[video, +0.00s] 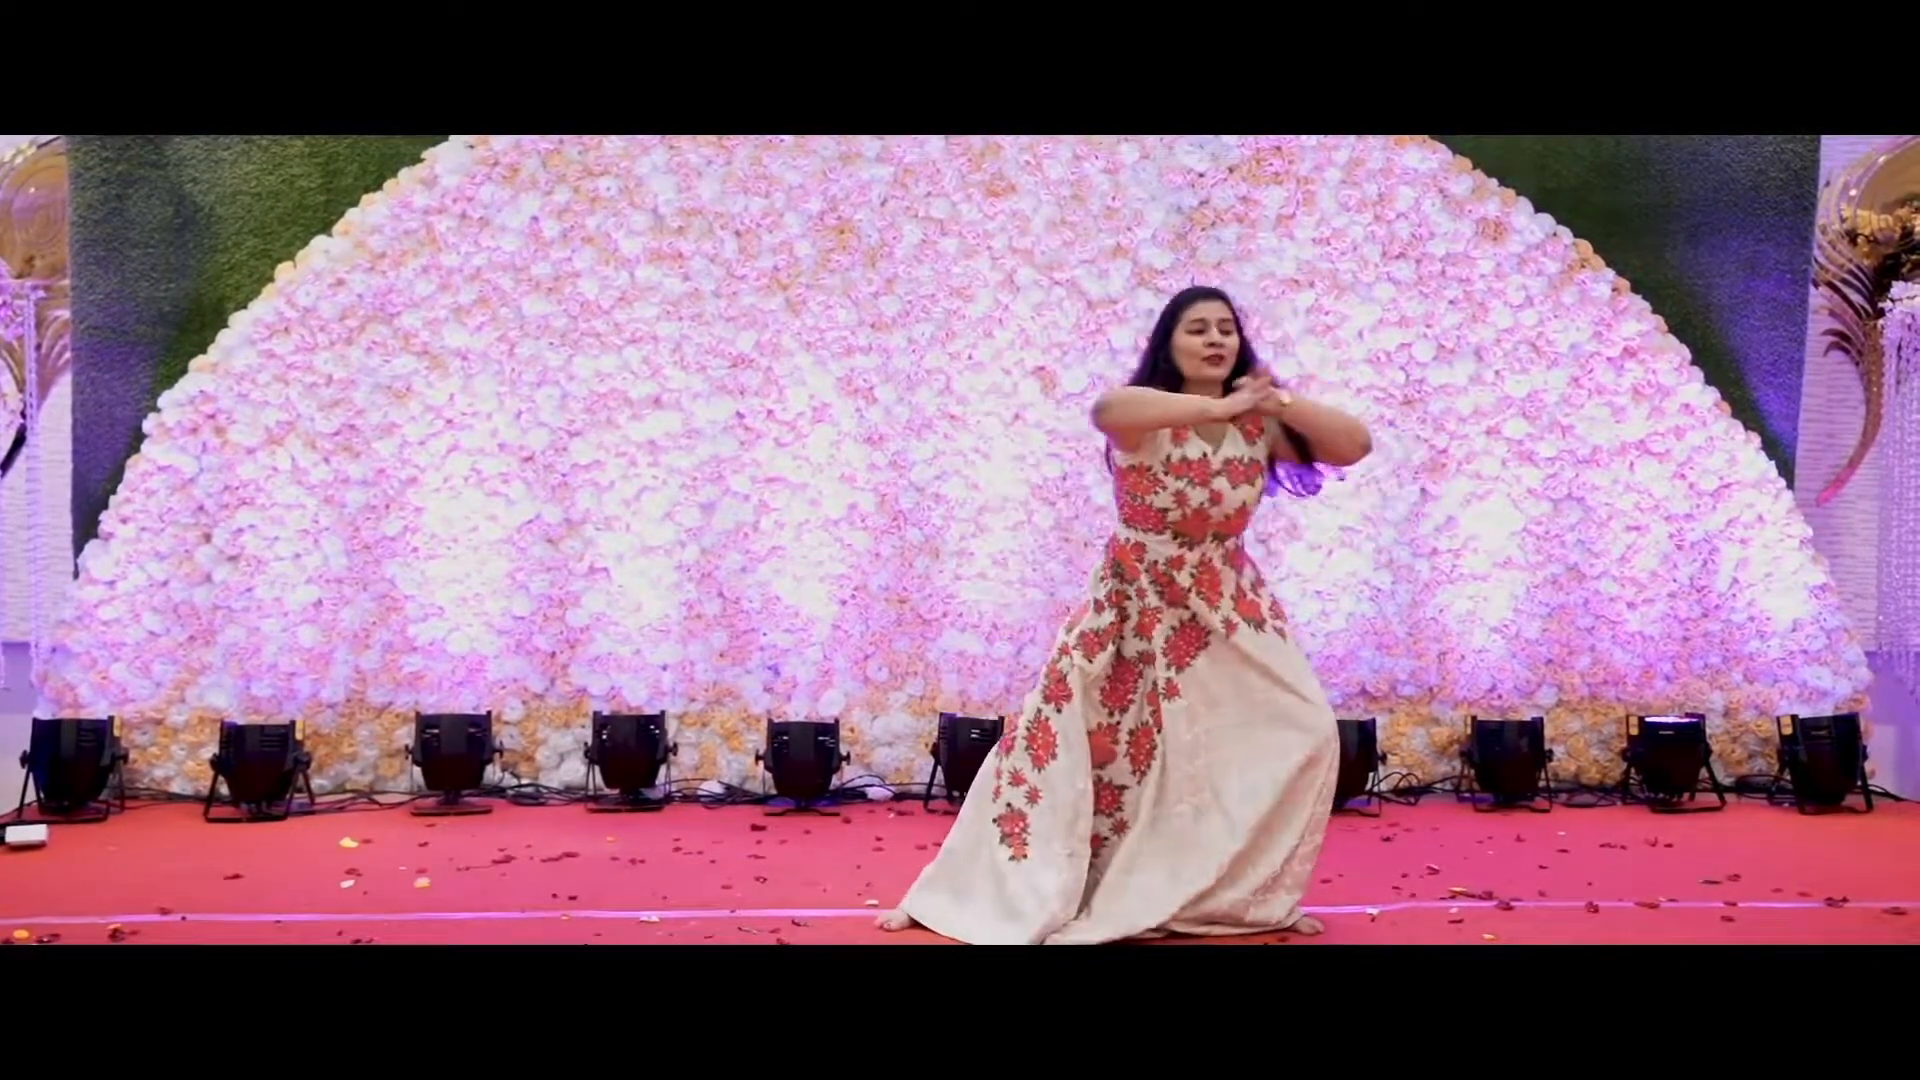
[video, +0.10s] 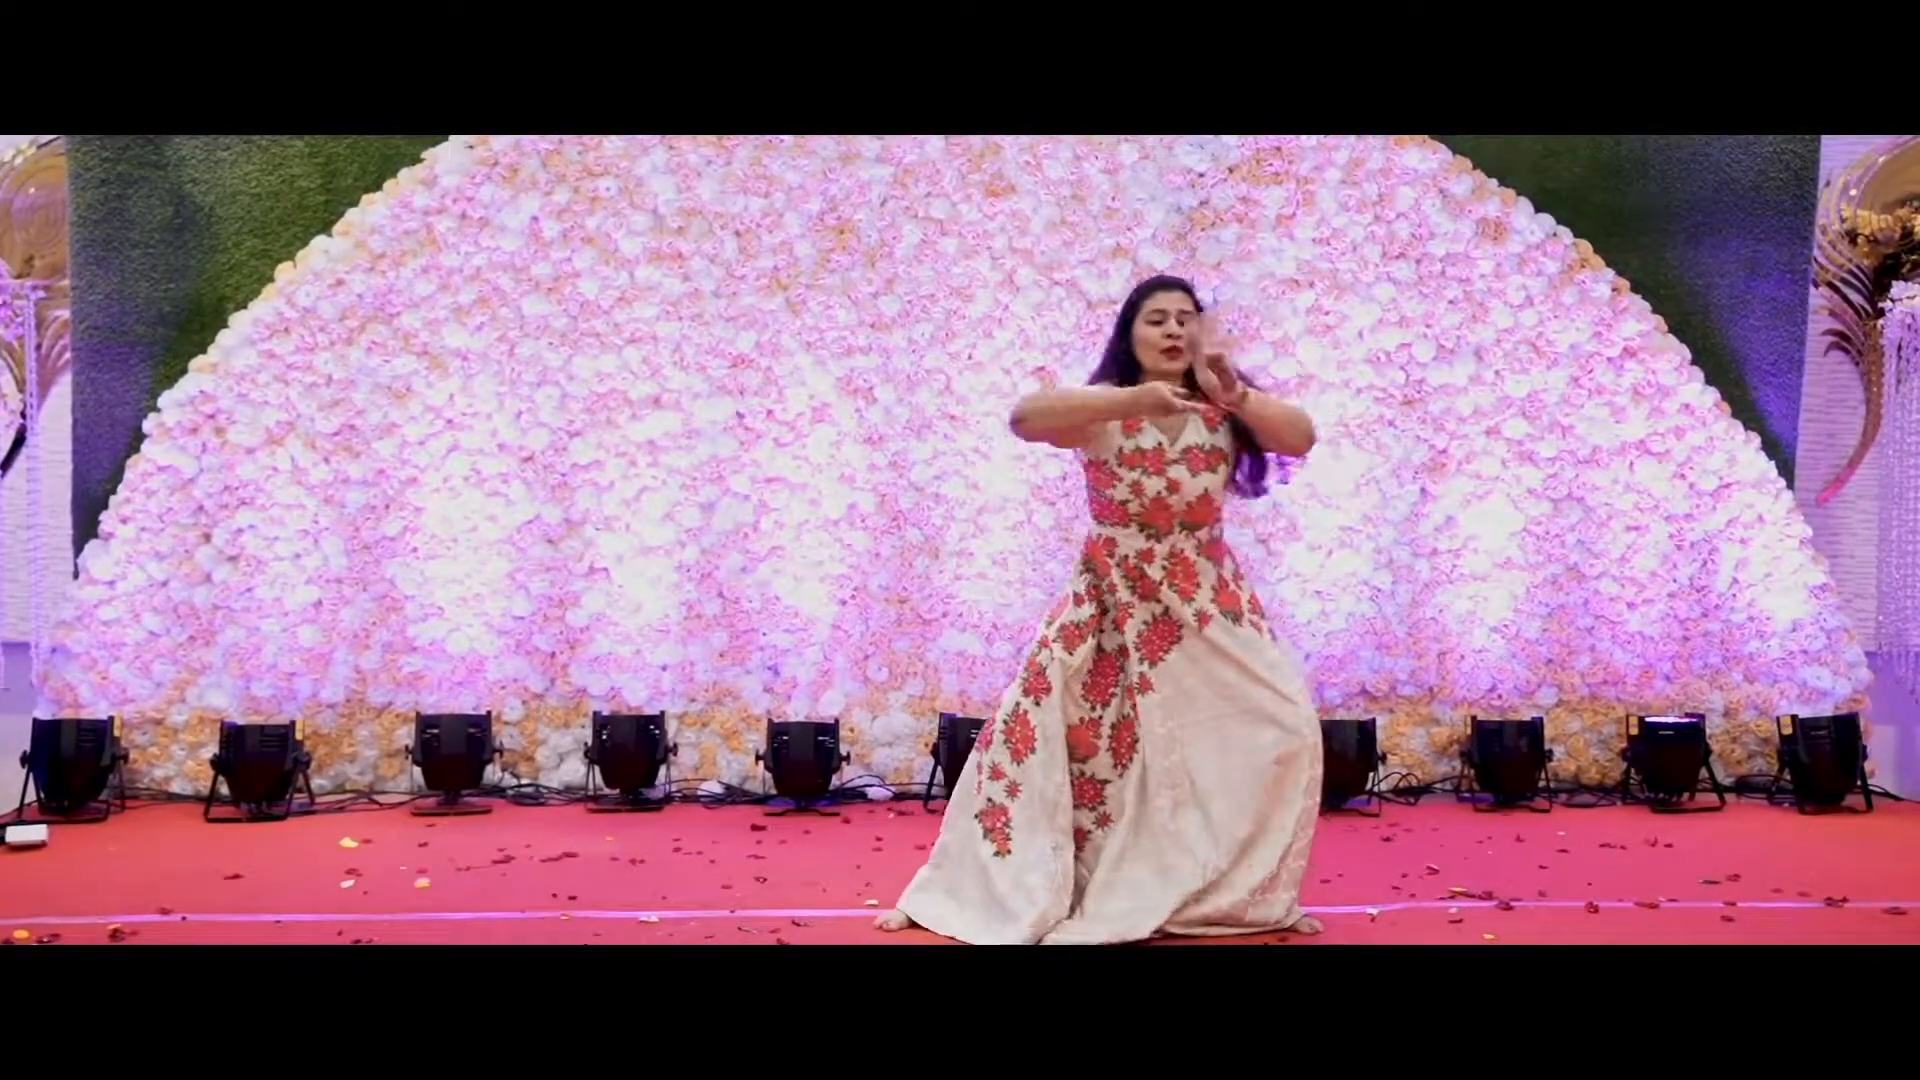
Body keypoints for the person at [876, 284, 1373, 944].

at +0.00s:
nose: (1215, 339)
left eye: (1226, 329)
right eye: (1198, 329)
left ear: (1241, 344)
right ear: (1168, 344)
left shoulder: (1262, 417)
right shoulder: (1145, 408)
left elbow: (1355, 443)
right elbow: (1108, 411)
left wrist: (1284, 404)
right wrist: (1211, 407)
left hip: (1227, 598)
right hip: (1135, 598)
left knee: (1312, 731)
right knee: (1094, 740)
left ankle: (1227, 893)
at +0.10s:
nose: (1173, 329)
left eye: (1185, 319)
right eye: (1157, 319)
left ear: (1201, 334)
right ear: (1129, 335)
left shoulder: (1228, 400)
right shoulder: (1101, 405)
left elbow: (1300, 436)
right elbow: (1025, 419)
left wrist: (1235, 397)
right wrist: (1138, 402)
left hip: (1207, 597)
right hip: (1110, 598)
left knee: (1292, 731)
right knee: (1032, 727)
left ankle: (1233, 893)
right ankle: (1047, 894)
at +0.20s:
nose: (1130, 323)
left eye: (1143, 314)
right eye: (1116, 311)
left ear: (1162, 328)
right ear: (1091, 322)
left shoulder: (1188, 397)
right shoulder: (1059, 398)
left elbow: (1242, 448)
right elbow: (958, 421)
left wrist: (1178, 395)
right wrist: (1058, 393)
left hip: (1176, 589)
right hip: (1082, 591)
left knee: (1260, 721)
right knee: (1028, 726)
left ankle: (1230, 890)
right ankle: (1052, 894)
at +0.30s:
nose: (1094, 318)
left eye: (1110, 310)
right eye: (1081, 305)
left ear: (1124, 325)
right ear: (1056, 315)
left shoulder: (1150, 395)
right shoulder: (1021, 394)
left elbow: (1198, 462)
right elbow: (914, 399)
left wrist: (1143, 402)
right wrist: (992, 352)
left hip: (1140, 585)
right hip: (1047, 588)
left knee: (1216, 728)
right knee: (982, 727)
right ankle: (1022, 897)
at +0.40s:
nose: (1078, 317)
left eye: (1091, 311)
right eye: (1067, 301)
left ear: (1101, 325)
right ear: (1032, 305)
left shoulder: (1107, 384)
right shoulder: (984, 376)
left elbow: (1158, 447)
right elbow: (890, 345)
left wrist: (1100, 375)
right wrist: (960, 314)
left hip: (1103, 571)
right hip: (1015, 575)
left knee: (1167, 721)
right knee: (983, 729)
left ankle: (1276, 884)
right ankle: (1014, 896)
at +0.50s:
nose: (1070, 328)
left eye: (1081, 322)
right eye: (1061, 311)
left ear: (1082, 335)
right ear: (1022, 307)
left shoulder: (1072, 387)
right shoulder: (963, 365)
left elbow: (1123, 444)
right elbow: (880, 308)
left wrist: (1072, 371)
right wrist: (939, 308)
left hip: (1066, 580)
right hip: (976, 585)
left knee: (1161, 715)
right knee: (938, 731)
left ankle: (1298, 843)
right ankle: (953, 897)